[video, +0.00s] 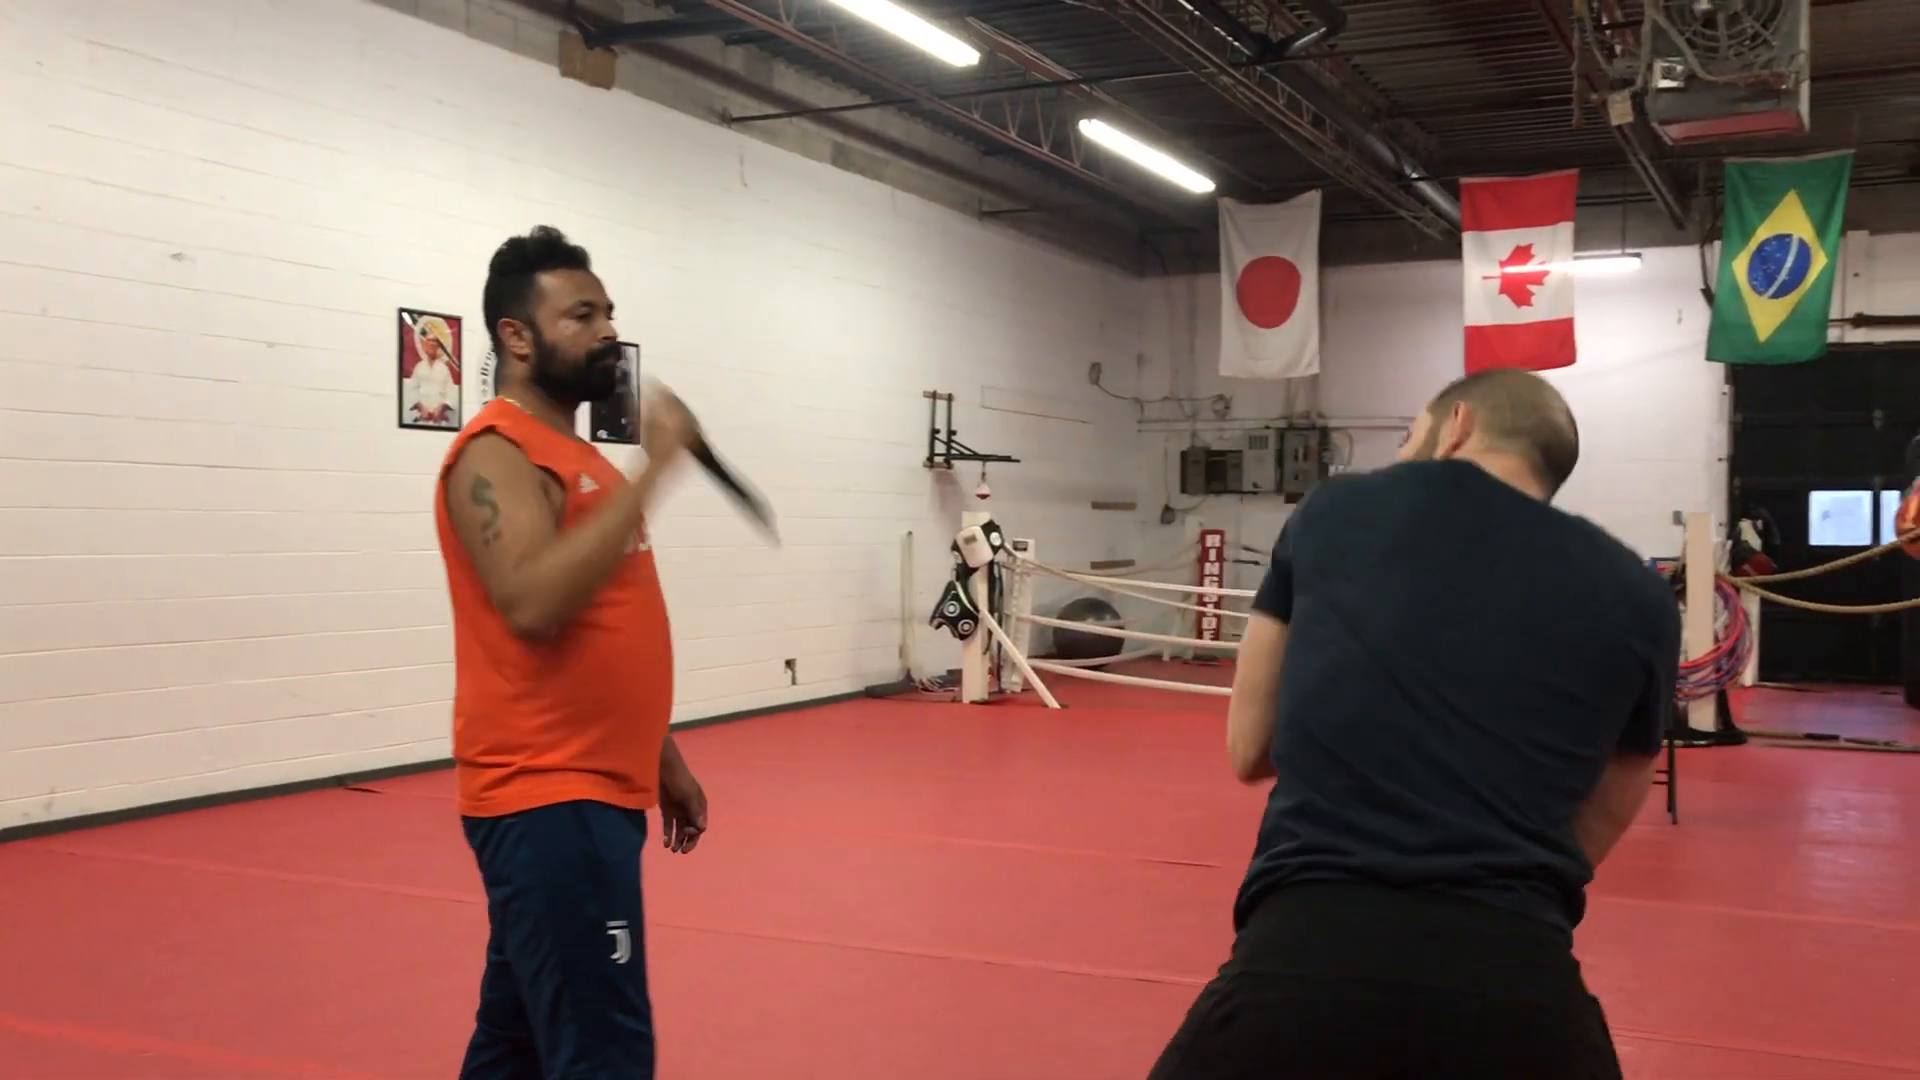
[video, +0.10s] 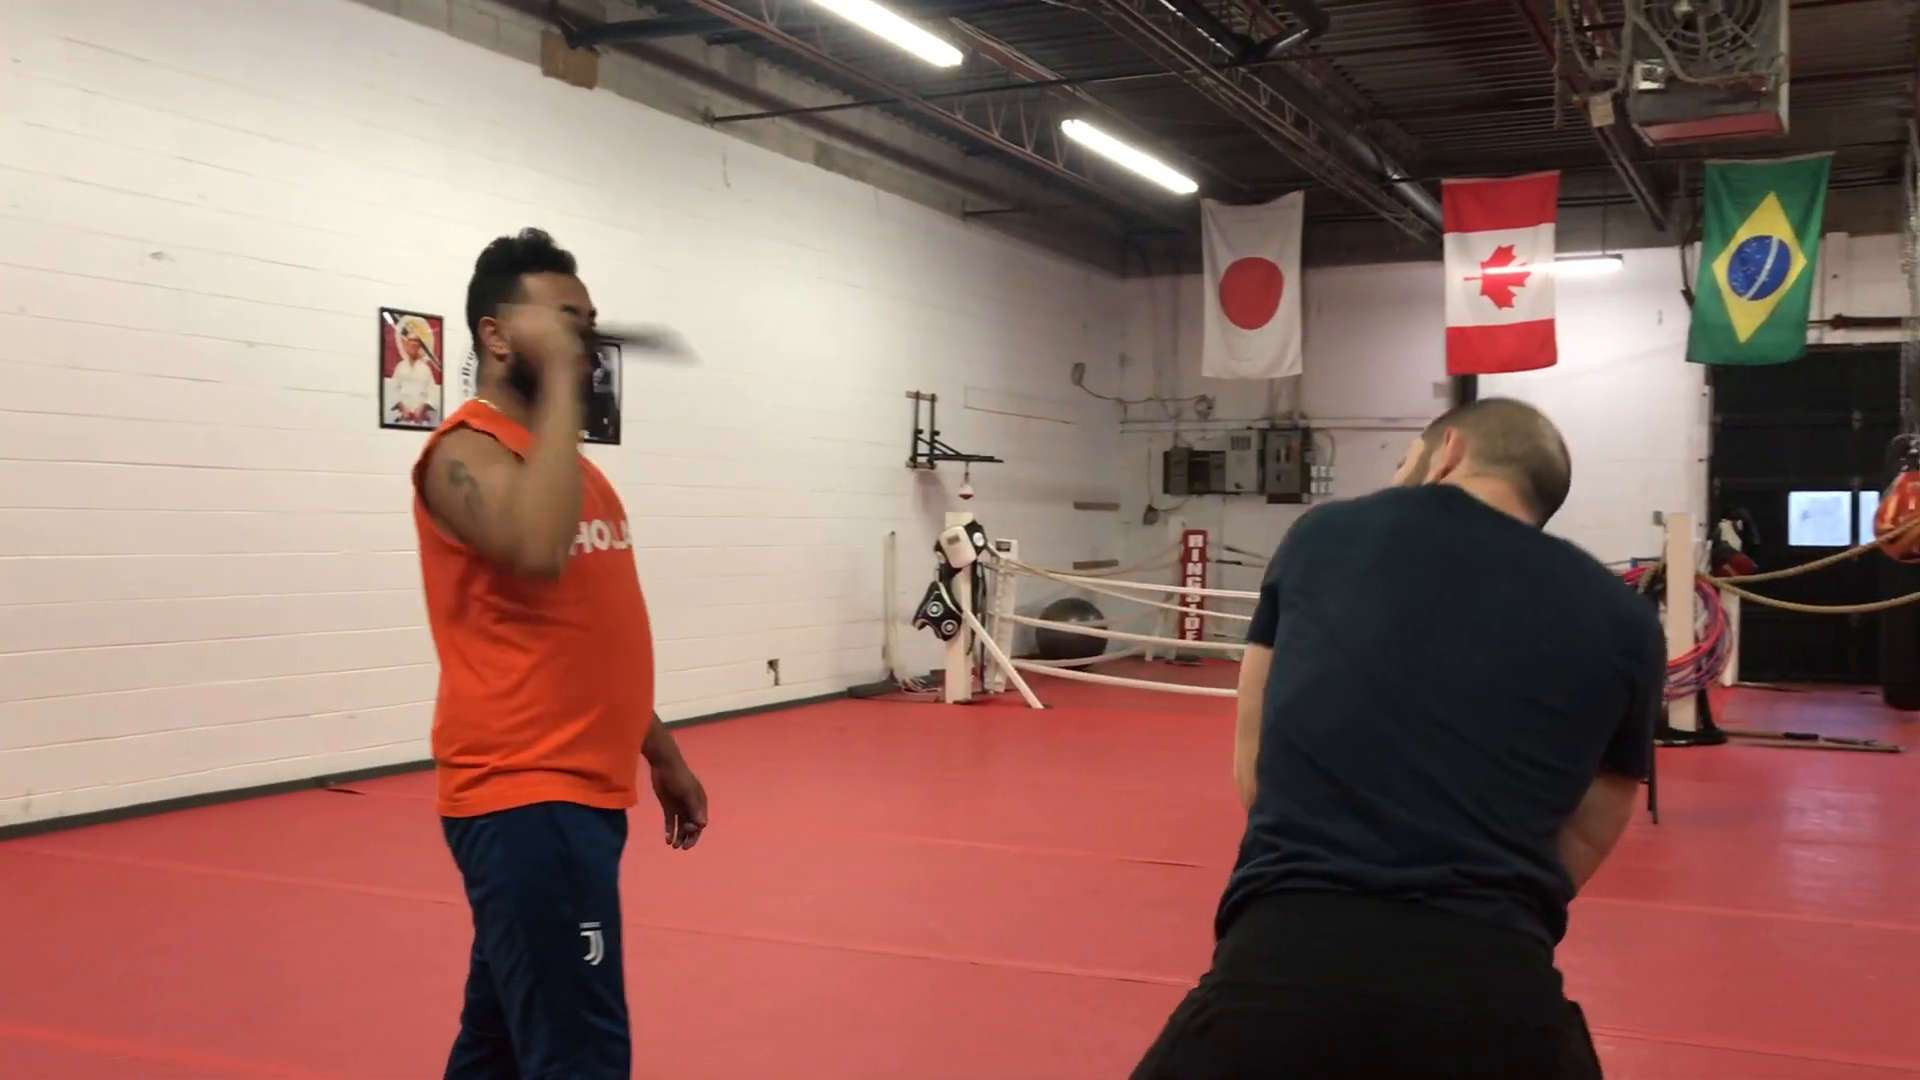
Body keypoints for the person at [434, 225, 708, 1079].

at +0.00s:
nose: (609, 331)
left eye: (607, 313)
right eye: (582, 315)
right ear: (514, 338)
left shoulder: (572, 456)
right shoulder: (493, 456)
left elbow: (602, 628)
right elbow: (530, 602)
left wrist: (663, 755)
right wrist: (655, 465)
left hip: (589, 795)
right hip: (545, 801)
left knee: (517, 1051)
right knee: (606, 1054)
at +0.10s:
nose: (583, 336)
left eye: (587, 321)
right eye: (562, 317)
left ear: (590, 336)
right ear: (493, 336)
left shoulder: (578, 471)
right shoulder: (462, 452)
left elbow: (599, 627)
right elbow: (535, 546)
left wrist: (660, 750)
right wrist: (559, 380)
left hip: (580, 795)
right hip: (520, 798)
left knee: (499, 1052)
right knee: (583, 1055)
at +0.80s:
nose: (547, 336)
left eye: (546, 318)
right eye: (522, 315)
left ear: (457, 331)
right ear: (449, 324)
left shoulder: (459, 430)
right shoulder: (442, 435)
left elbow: (478, 635)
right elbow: (590, 444)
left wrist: (540, 786)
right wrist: (626, 267)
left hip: (467, 800)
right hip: (465, 807)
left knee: (408, 1056)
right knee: (546, 1058)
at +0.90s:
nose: (545, 337)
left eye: (543, 316)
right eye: (523, 313)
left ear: (450, 329)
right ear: (448, 323)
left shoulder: (423, 429)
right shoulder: (449, 434)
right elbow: (613, 456)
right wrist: (697, 285)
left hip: (424, 802)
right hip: (461, 809)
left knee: (394, 1055)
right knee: (535, 1059)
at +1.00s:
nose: (545, 335)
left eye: (543, 314)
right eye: (522, 312)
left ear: (449, 329)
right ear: (448, 322)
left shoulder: (404, 433)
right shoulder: (451, 436)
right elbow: (624, 462)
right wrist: (743, 313)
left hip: (406, 801)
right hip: (452, 807)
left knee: (380, 1058)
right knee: (525, 1059)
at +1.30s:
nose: (511, 343)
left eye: (509, 322)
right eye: (488, 320)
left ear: (419, 332)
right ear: (411, 325)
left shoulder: (390, 433)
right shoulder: (407, 438)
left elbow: (575, 468)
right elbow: (578, 460)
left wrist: (695, 398)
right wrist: (726, 326)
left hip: (401, 801)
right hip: (420, 807)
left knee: (359, 1056)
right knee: (483, 1057)